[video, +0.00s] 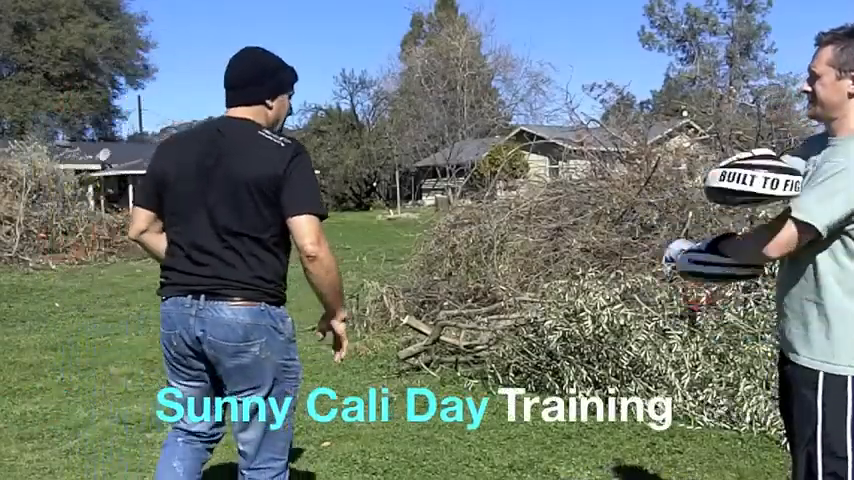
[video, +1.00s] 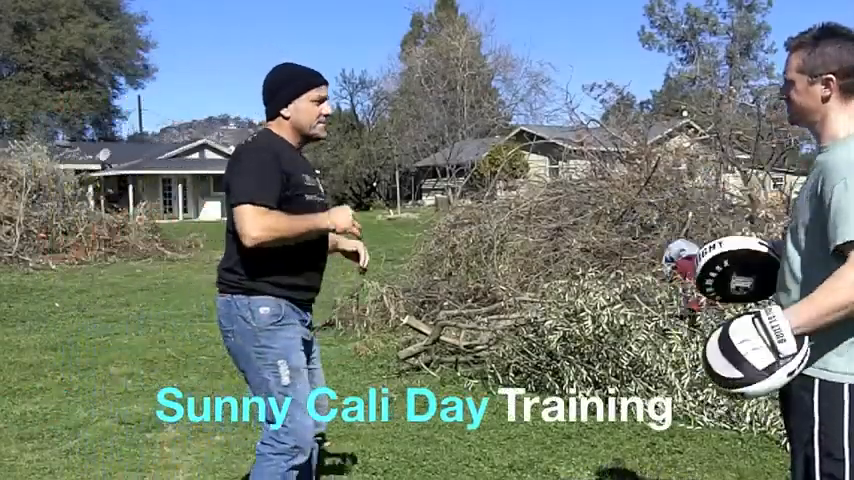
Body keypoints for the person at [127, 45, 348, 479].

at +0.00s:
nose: (289, 105)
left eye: (289, 95)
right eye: (288, 95)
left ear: (232, 93)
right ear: (270, 96)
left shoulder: (175, 146)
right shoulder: (285, 152)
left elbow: (141, 227)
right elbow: (311, 247)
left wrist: (192, 260)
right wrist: (334, 310)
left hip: (178, 314)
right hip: (247, 319)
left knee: (189, 431)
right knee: (263, 457)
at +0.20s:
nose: (301, 105)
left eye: (301, 95)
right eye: (299, 94)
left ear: (246, 92)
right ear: (279, 94)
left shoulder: (189, 146)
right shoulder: (290, 151)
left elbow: (154, 220)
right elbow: (313, 240)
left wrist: (205, 256)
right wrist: (340, 282)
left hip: (193, 308)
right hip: (256, 315)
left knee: (220, 416)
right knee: (269, 451)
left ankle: (205, 477)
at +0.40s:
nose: (310, 105)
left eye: (310, 95)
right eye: (307, 95)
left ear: (263, 95)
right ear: (282, 96)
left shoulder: (205, 146)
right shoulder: (288, 146)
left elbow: (175, 220)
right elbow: (310, 235)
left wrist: (223, 249)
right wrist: (344, 262)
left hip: (209, 306)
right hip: (261, 311)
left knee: (253, 421)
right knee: (276, 447)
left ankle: (244, 472)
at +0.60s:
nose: (318, 106)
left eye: (317, 96)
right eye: (313, 96)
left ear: (273, 99)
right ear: (284, 97)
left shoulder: (222, 149)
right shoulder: (285, 148)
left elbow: (201, 221)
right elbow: (296, 229)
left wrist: (253, 240)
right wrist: (342, 246)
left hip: (226, 304)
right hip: (264, 308)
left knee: (273, 426)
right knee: (282, 446)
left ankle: (278, 457)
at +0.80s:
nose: (322, 109)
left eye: (321, 99)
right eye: (315, 99)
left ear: (282, 103)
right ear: (285, 101)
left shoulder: (269, 147)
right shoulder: (267, 148)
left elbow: (270, 224)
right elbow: (275, 227)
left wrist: (311, 258)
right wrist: (335, 233)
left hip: (272, 303)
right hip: (262, 306)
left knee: (288, 438)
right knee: (288, 445)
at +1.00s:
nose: (327, 110)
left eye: (327, 101)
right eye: (318, 101)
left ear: (291, 107)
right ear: (287, 105)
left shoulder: (296, 159)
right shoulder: (257, 152)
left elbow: (297, 228)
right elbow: (252, 229)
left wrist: (337, 243)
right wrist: (325, 219)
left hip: (291, 305)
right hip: (257, 305)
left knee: (311, 424)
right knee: (291, 429)